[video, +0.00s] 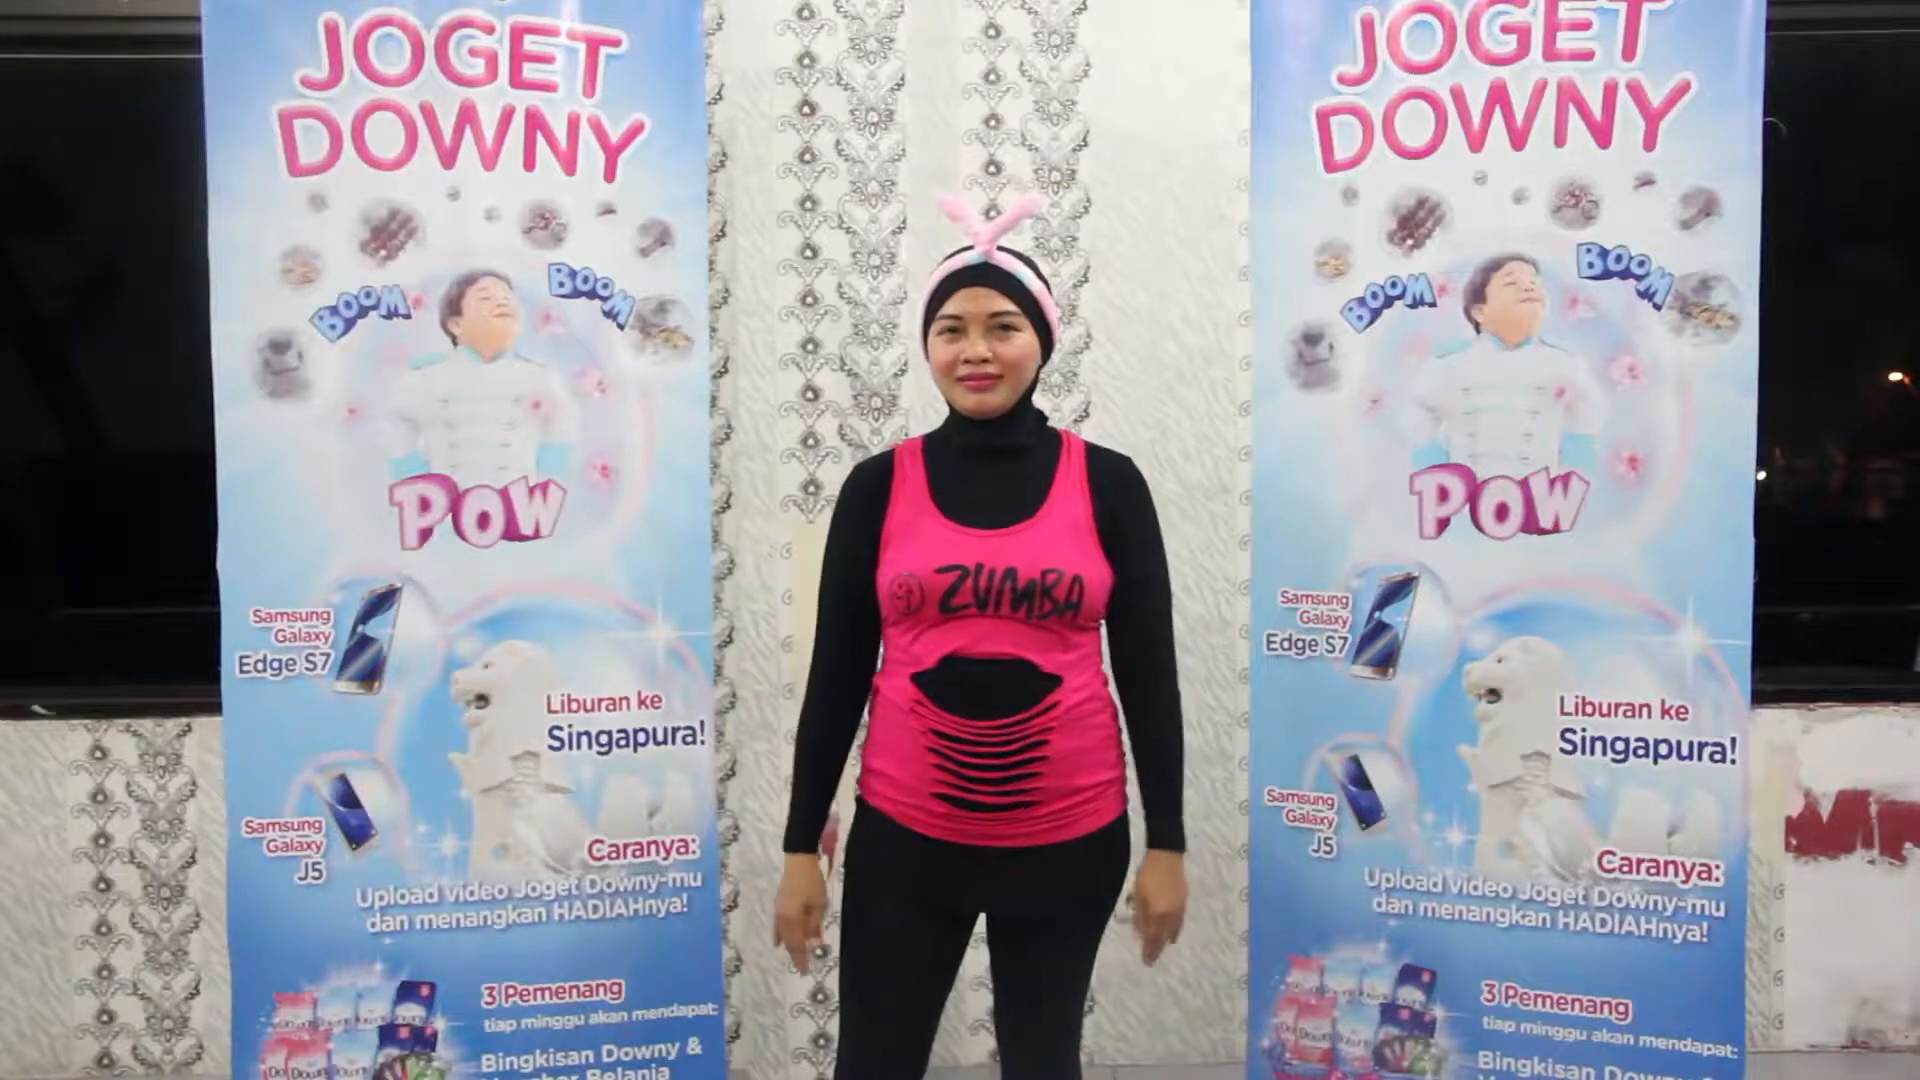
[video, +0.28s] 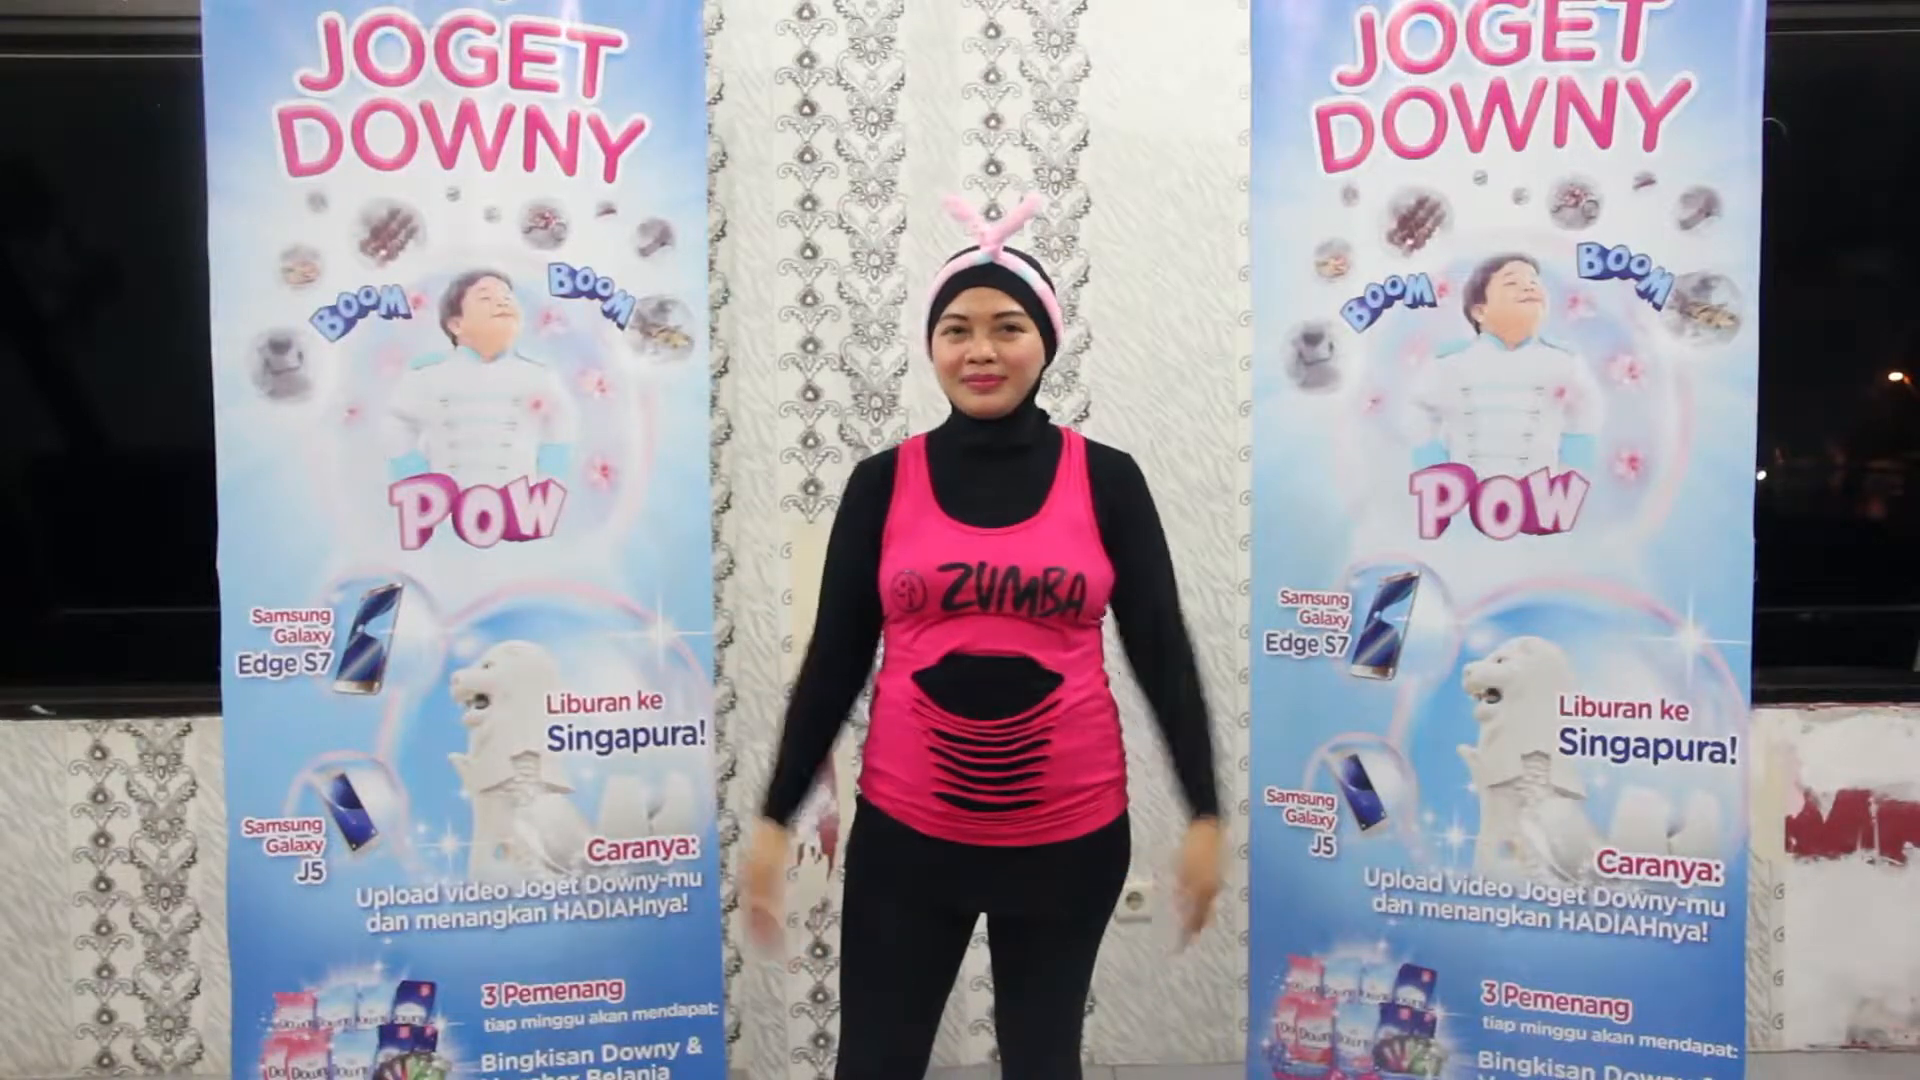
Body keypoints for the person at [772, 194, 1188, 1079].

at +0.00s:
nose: (977, 349)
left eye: (1004, 327)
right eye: (953, 329)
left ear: (1043, 347)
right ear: (928, 351)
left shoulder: (1106, 484)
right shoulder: (878, 489)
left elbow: (1147, 668)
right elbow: (839, 672)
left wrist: (1166, 842)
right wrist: (801, 847)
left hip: (1065, 835)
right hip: (908, 833)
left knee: (1043, 1061)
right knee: (874, 1062)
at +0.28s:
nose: (982, 349)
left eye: (1009, 327)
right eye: (958, 329)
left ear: (1047, 347)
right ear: (932, 351)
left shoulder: (1104, 480)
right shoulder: (883, 484)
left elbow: (1158, 646)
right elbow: (836, 656)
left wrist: (1205, 811)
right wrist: (775, 817)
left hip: (1067, 829)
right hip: (908, 827)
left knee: (1042, 1057)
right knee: (875, 1060)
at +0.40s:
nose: (985, 354)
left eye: (1012, 332)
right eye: (961, 333)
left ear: (1047, 351)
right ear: (933, 352)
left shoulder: (1102, 471)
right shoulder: (884, 479)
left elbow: (1209, 582)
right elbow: (793, 615)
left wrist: (1293, 632)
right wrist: (693, 650)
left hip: (1069, 826)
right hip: (914, 824)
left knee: (1045, 1061)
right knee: (876, 1061)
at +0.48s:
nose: (985, 358)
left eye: (1009, 337)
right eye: (961, 338)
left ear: (1046, 352)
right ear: (933, 355)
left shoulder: (1101, 461)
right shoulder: (889, 468)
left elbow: (1261, 511)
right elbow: (739, 554)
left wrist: (1330, 438)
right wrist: (639, 469)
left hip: (1069, 837)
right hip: (914, 834)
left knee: (1045, 1061)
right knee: (876, 1063)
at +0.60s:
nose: (989, 360)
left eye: (1014, 339)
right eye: (965, 339)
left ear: (1048, 355)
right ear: (936, 356)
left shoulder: (1099, 457)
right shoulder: (884, 467)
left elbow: (1244, 378)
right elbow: (738, 431)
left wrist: (1264, 229)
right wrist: (703, 270)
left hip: (1070, 837)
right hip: (916, 833)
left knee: (1048, 1063)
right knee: (874, 1064)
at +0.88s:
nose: (993, 374)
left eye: (1017, 353)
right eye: (969, 351)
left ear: (1049, 366)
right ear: (935, 361)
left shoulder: (1079, 462)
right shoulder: (881, 463)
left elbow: (1175, 306)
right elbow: (786, 319)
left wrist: (1126, 142)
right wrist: (824, 156)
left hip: (1073, 840)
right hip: (917, 840)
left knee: (1054, 1061)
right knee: (872, 1064)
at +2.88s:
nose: (967, 365)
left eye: (993, 347)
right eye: (944, 344)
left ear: (1023, 371)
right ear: (912, 365)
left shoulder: (1054, 472)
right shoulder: (865, 468)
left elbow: (1130, 331)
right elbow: (801, 336)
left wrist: (1014, 216)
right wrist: (917, 214)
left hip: (1052, 839)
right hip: (895, 842)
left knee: (1048, 1060)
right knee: (824, 1064)